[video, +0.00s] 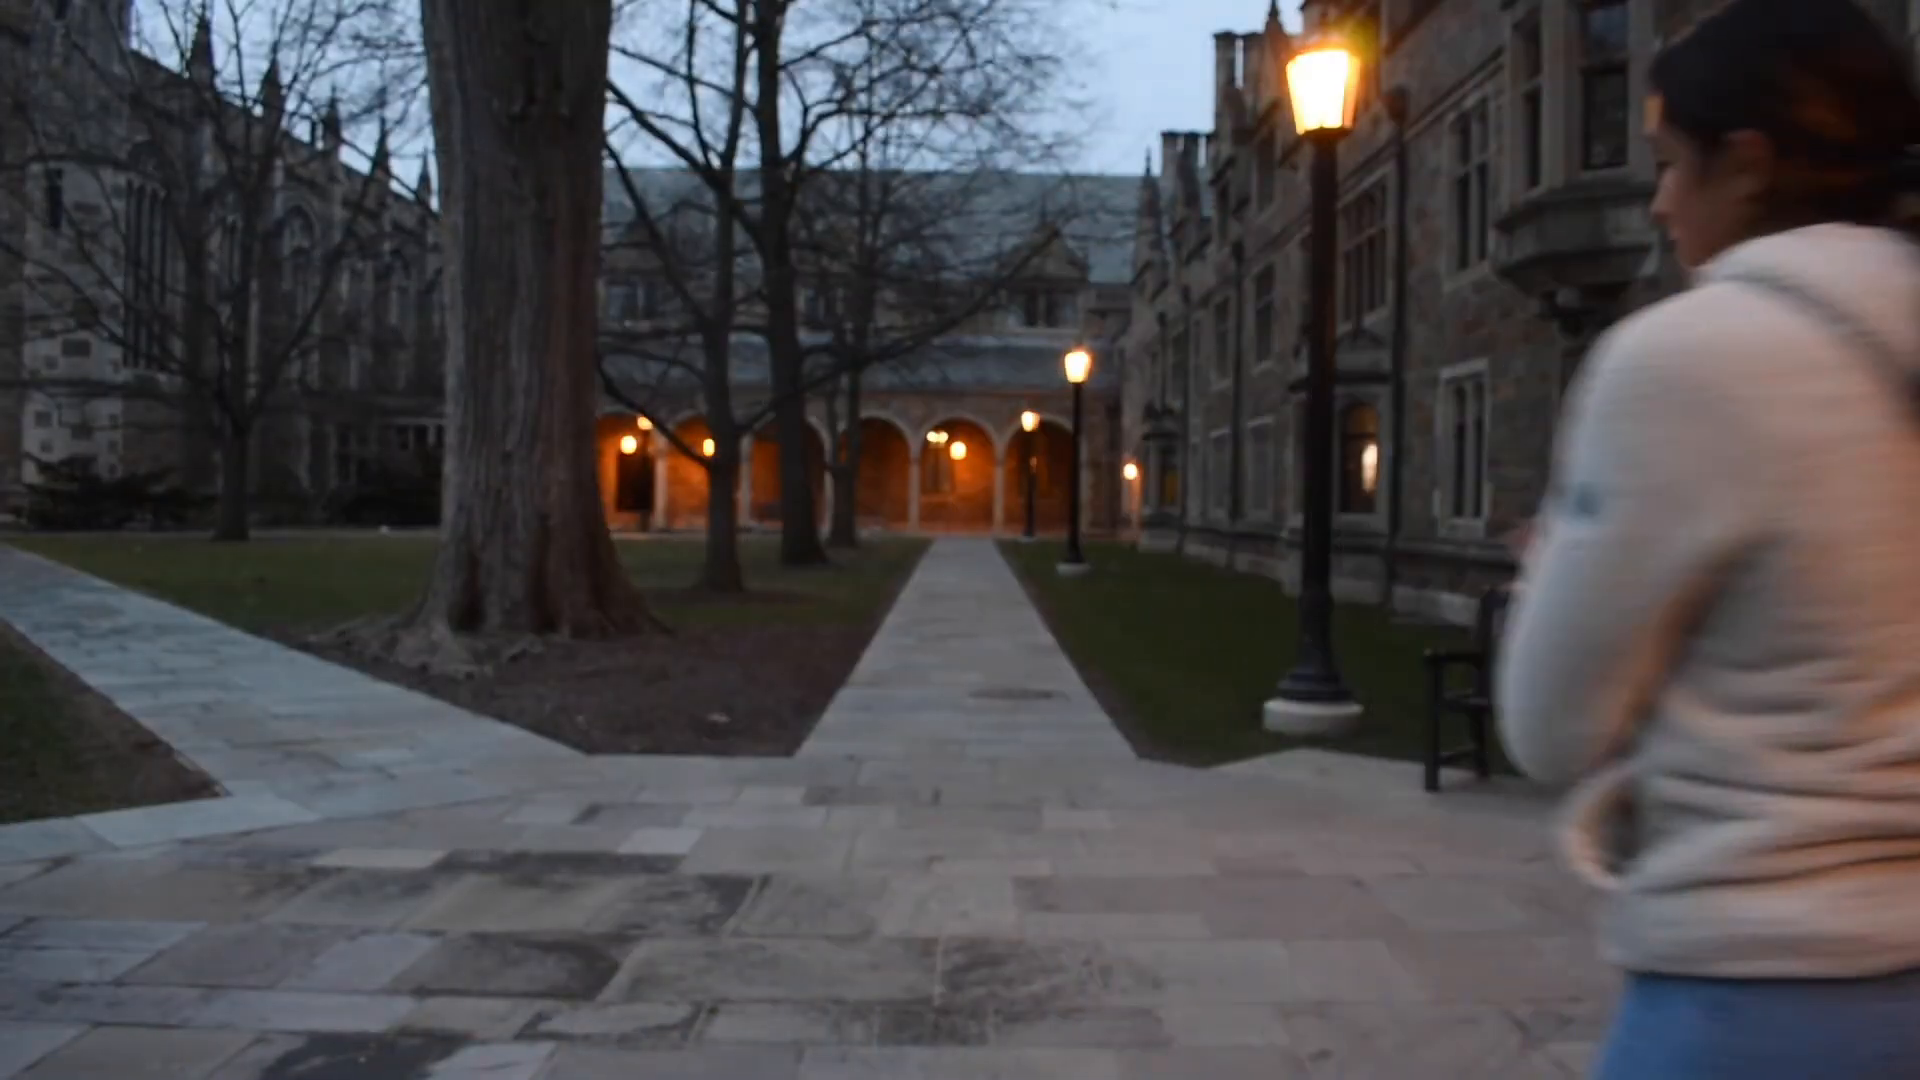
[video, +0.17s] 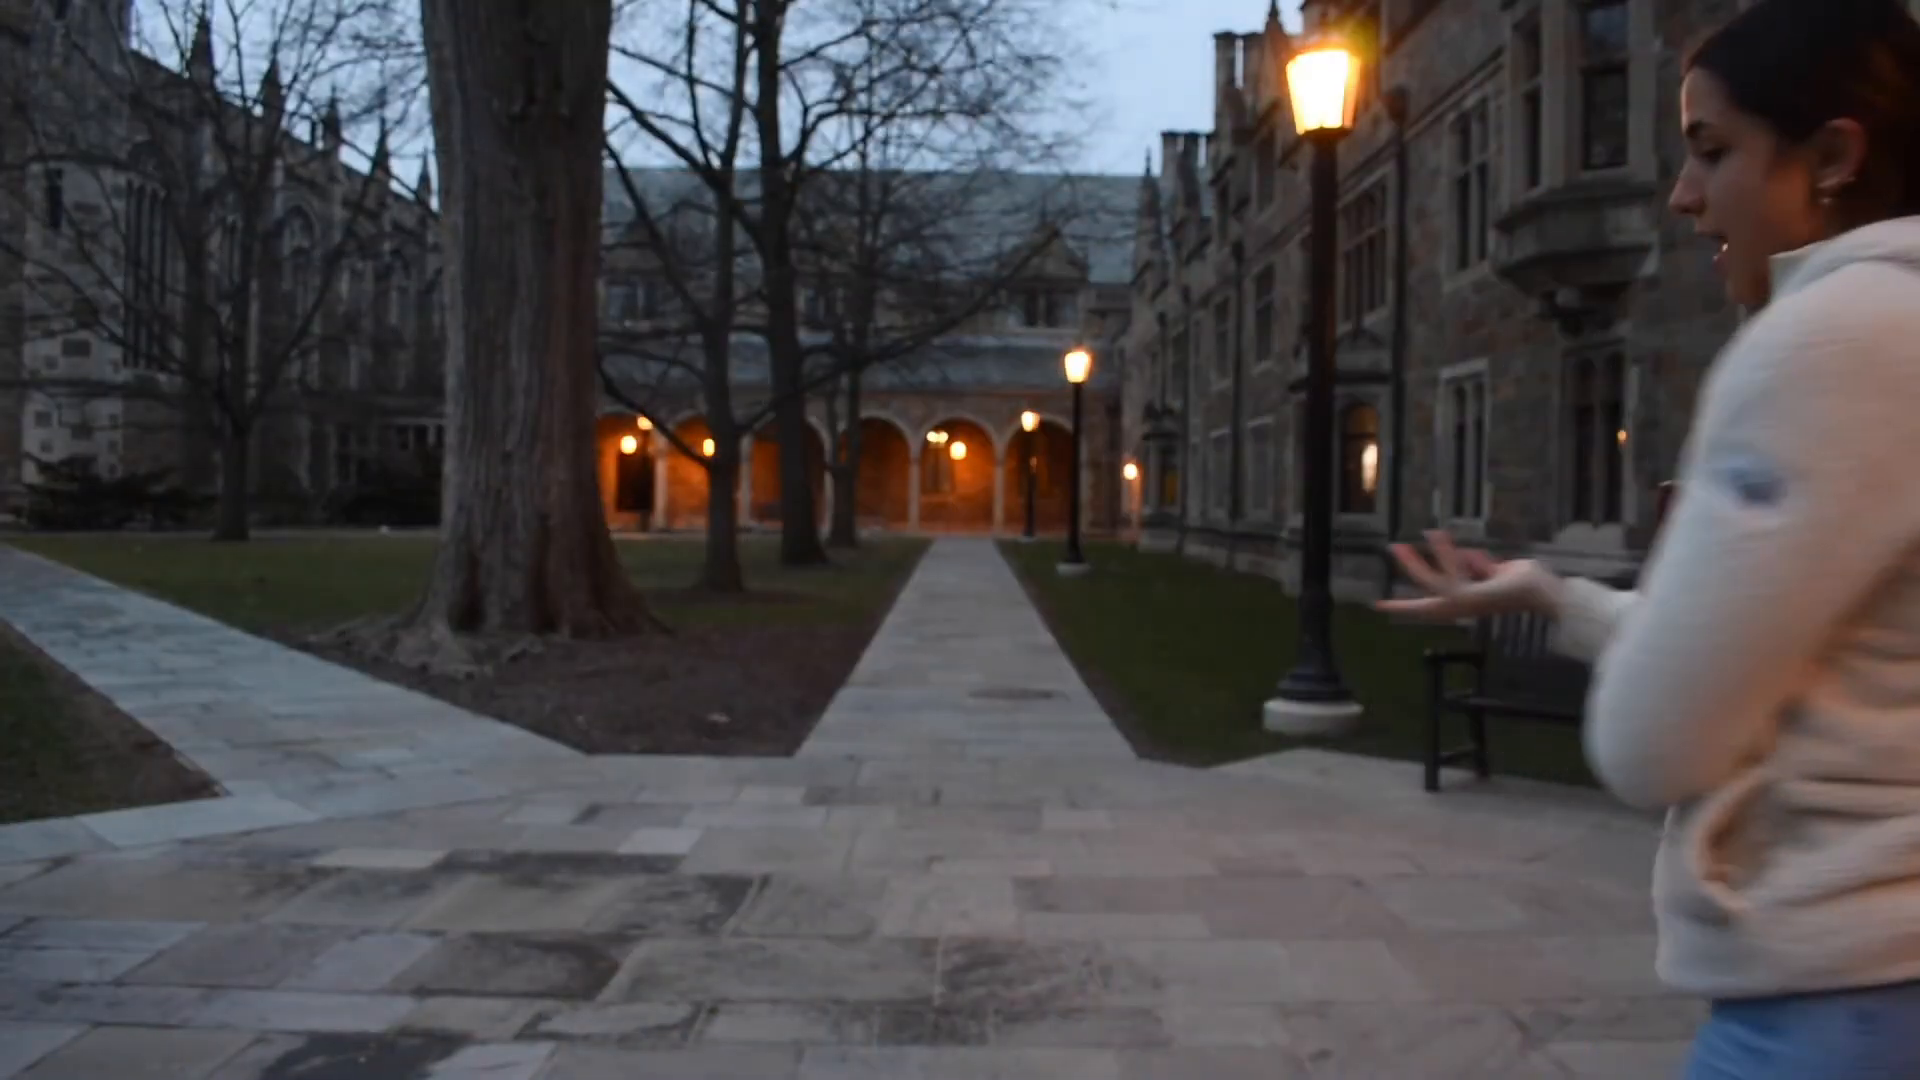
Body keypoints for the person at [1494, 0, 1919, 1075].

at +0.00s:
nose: (1656, 203)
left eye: (1666, 164)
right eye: (1655, 167)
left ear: (1749, 161)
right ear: (1861, 153)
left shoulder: (1692, 357)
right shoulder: (1898, 310)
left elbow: (1547, 728)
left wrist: (1551, 567)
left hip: (1760, 991)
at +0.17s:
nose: (1683, 195)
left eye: (1711, 150)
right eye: (1688, 153)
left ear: (1831, 158)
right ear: (1833, 163)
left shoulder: (1840, 331)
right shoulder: (1878, 312)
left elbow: (1648, 750)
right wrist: (1554, 601)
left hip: (1831, 1009)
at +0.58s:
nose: (1624, 189)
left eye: (1668, 142)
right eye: (1627, 150)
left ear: (1806, 150)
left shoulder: (1894, 346)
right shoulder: (1709, 370)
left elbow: (1740, 771)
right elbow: (1653, 697)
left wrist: (1424, 647)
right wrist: (1436, 600)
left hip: (1816, 1038)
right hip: (1666, 1024)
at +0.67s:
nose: (1591, 193)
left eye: (1632, 144)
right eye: (1593, 154)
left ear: (1768, 153)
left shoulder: (1871, 334)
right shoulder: (1674, 364)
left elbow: (1711, 782)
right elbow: (1632, 703)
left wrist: (1395, 667)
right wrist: (1391, 644)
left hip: (1785, 1036)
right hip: (1617, 1018)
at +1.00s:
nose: (1361, 199)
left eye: (1403, 153)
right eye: (1368, 158)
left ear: (1524, 172)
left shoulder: (1631, 354)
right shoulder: (1485, 369)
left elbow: (1485, 811)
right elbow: (1440, 723)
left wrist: (1180, 718)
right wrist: (1194, 681)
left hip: (1547, 1036)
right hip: (1431, 1026)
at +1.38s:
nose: (1087, 187)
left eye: (1124, 149)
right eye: (1103, 151)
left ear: (1229, 176)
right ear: (1222, 180)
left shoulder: (1304, 344)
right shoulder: (1219, 340)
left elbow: (1158, 764)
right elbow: (1121, 684)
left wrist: (876, 700)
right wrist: (897, 658)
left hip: (1204, 1003)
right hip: (1161, 989)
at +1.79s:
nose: (835, 186)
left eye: (869, 150)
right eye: (851, 149)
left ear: (966, 184)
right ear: (959, 186)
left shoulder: (1025, 354)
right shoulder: (978, 349)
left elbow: (862, 757)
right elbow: (854, 679)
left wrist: (588, 650)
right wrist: (643, 623)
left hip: (913, 991)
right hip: (899, 979)